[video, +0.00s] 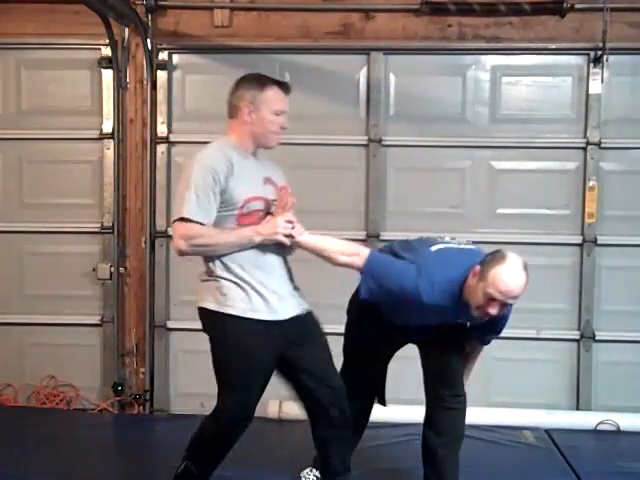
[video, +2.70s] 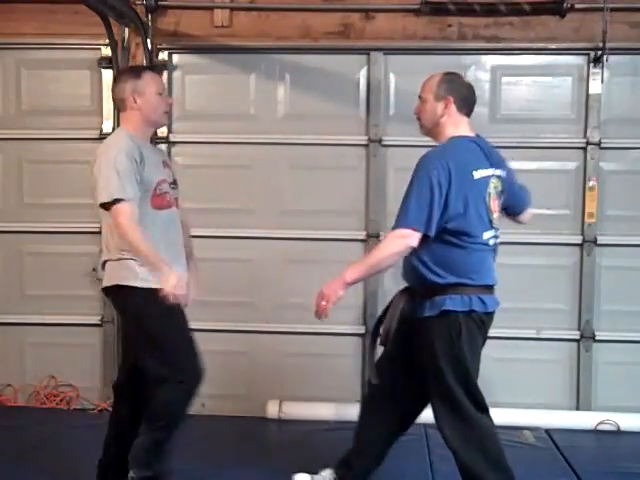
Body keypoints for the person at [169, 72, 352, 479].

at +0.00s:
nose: (285, 124)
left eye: (286, 115)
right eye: (277, 114)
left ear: (255, 116)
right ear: (246, 113)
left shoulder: (270, 170)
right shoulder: (211, 161)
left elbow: (284, 247)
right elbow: (184, 239)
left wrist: (284, 218)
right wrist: (259, 234)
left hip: (287, 309)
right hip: (236, 312)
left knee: (331, 404)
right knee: (234, 412)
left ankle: (334, 474)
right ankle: (189, 475)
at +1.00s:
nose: (250, 99)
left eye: (250, 90)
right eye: (241, 89)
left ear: (218, 93)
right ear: (209, 91)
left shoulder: (232, 144)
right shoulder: (184, 146)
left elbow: (236, 215)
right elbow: (167, 230)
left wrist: (263, 234)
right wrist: (238, 246)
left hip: (242, 291)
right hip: (199, 293)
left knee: (273, 382)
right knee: (199, 404)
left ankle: (274, 474)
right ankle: (178, 474)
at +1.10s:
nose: (243, 97)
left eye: (243, 88)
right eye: (234, 87)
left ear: (212, 91)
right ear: (204, 90)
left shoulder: (224, 144)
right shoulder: (178, 147)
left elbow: (228, 216)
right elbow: (169, 232)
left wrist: (256, 246)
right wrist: (236, 254)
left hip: (231, 288)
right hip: (191, 290)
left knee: (256, 376)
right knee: (195, 398)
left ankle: (228, 469)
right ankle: (177, 473)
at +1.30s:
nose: (234, 96)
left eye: (233, 87)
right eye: (226, 87)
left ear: (203, 91)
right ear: (197, 90)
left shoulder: (210, 143)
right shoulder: (172, 148)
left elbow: (213, 220)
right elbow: (167, 231)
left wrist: (246, 255)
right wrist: (235, 261)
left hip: (210, 282)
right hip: (180, 284)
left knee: (215, 372)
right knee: (195, 378)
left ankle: (165, 461)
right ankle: (179, 469)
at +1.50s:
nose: (227, 104)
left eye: (226, 95)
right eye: (221, 95)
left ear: (193, 98)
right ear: (193, 96)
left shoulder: (192, 147)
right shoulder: (173, 147)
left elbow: (200, 216)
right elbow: (167, 228)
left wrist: (242, 217)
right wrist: (220, 278)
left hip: (183, 281)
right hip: (172, 282)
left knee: (171, 375)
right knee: (193, 380)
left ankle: (141, 463)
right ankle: (181, 472)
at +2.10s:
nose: (199, 102)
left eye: (198, 94)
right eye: (192, 94)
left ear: (171, 98)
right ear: (166, 97)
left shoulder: (176, 151)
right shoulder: (139, 146)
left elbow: (188, 223)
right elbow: (139, 224)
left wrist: (216, 268)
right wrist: (173, 283)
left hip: (167, 283)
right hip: (140, 281)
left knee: (160, 375)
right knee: (141, 377)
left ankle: (143, 459)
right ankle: (125, 467)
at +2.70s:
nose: (169, 101)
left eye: (167, 94)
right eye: (161, 94)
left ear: (139, 100)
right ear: (133, 100)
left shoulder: (152, 151)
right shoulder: (119, 147)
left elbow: (173, 213)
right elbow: (123, 222)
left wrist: (188, 263)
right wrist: (164, 269)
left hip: (154, 282)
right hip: (134, 281)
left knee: (136, 382)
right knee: (183, 371)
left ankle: (112, 471)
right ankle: (145, 465)